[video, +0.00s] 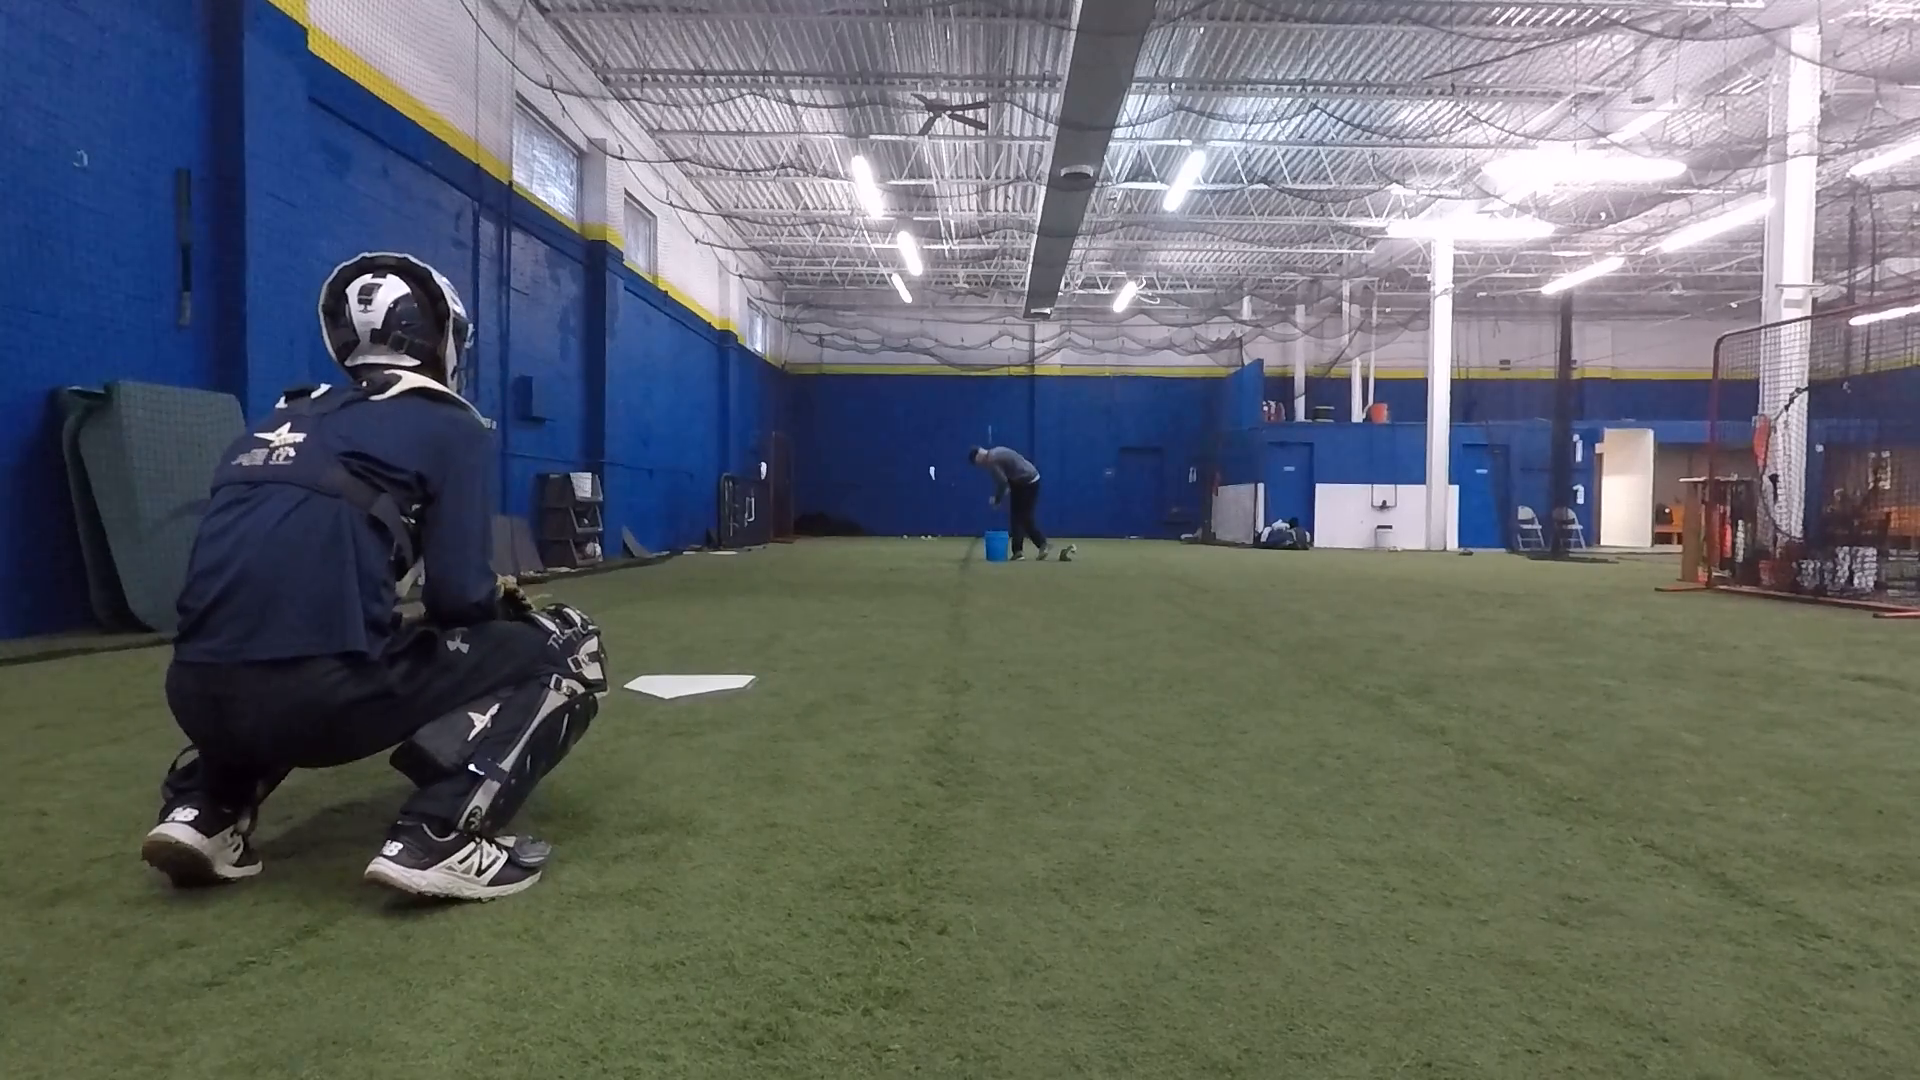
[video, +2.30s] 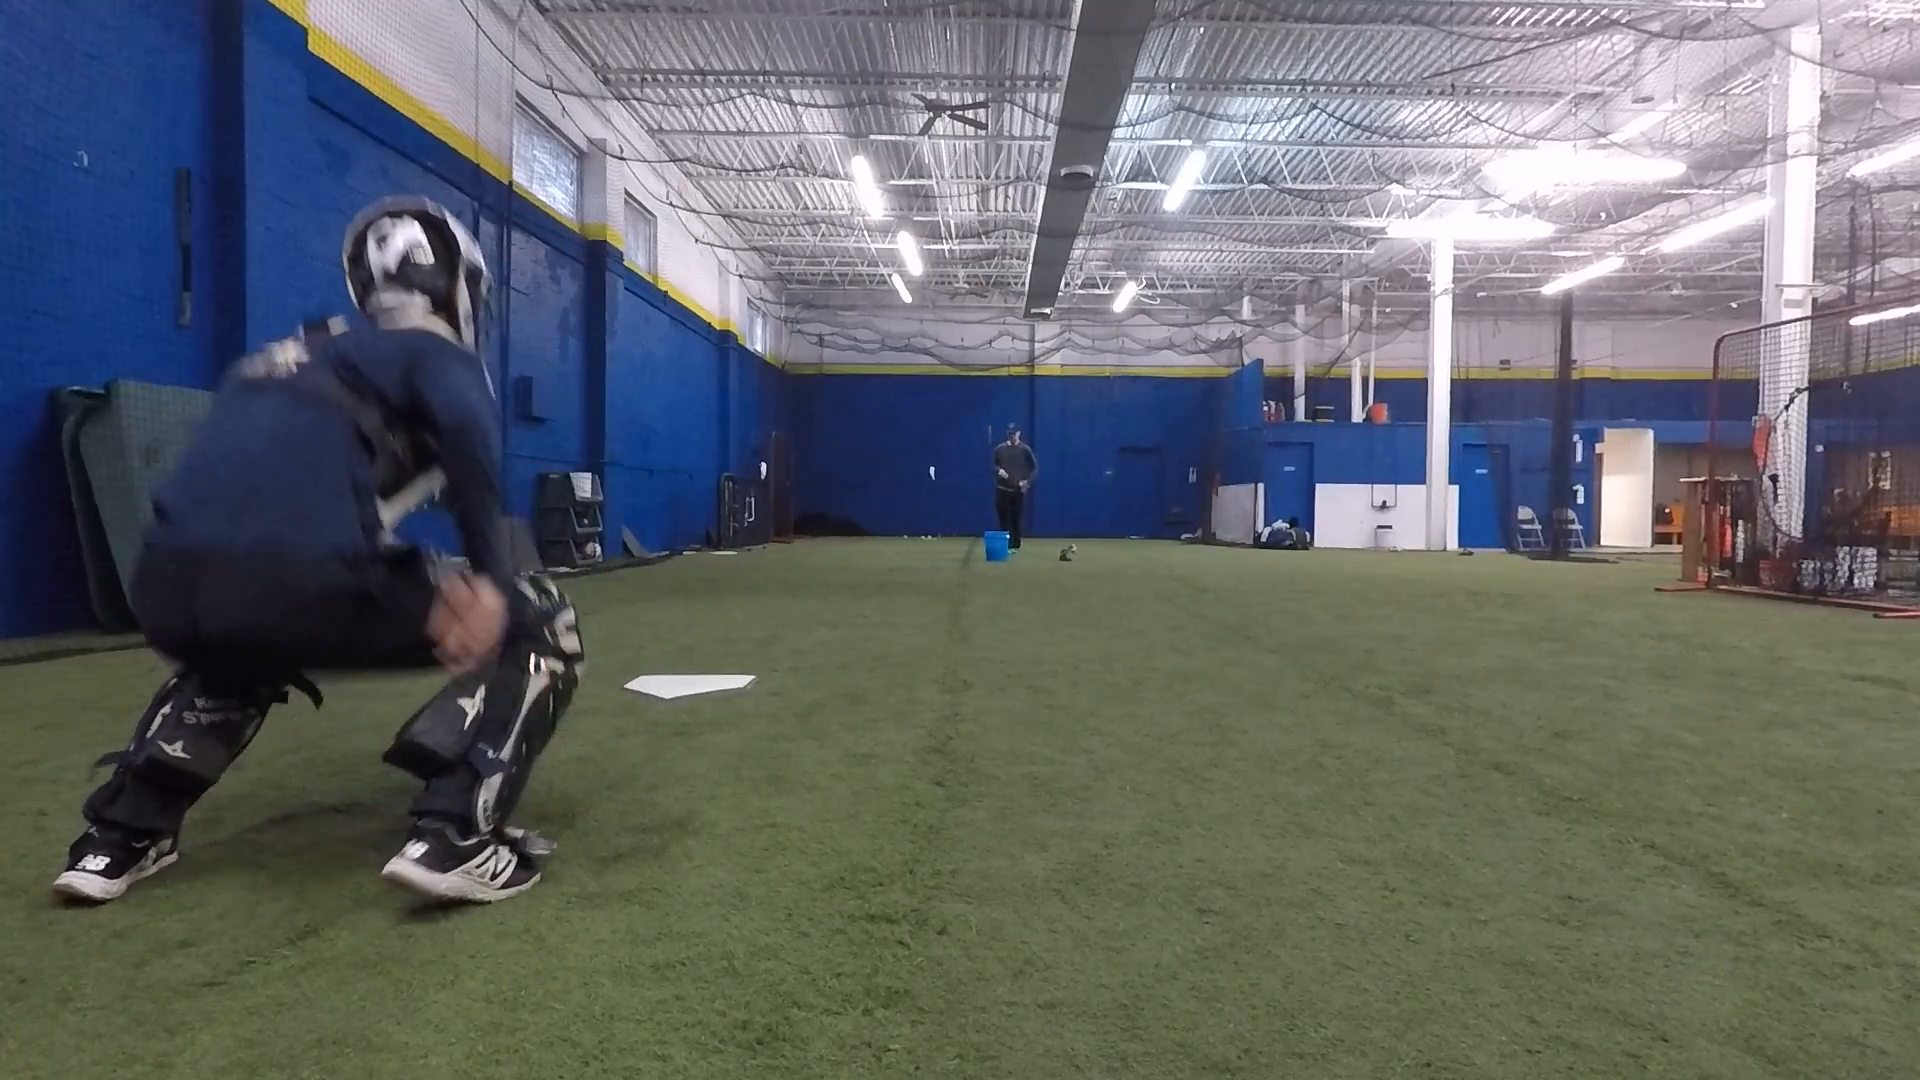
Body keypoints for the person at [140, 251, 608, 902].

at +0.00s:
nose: (461, 352)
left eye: (459, 336)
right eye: (456, 336)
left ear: (345, 345)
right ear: (438, 339)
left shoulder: (281, 417)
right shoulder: (452, 425)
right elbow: (457, 598)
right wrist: (498, 601)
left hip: (204, 697)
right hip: (330, 696)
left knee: (289, 617)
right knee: (569, 647)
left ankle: (204, 810)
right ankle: (442, 835)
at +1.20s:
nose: (539, 338)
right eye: (534, 325)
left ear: (417, 328)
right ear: (522, 332)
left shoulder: (352, 398)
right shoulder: (534, 435)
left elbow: (300, 524)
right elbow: (539, 605)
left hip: (267, 670)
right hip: (404, 689)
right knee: (594, 668)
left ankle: (207, 814)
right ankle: (462, 823)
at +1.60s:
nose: (606, 345)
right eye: (606, 334)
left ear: (499, 328)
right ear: (601, 347)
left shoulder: (437, 382)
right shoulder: (616, 460)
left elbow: (269, 481)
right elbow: (596, 626)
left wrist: (369, 522)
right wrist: (517, 608)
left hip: (334, 658)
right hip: (477, 696)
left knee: (260, 592)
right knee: (576, 683)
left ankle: (151, 815)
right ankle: (474, 818)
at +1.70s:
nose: (604, 346)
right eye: (602, 333)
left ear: (495, 329)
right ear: (596, 348)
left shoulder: (425, 388)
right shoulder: (610, 460)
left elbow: (262, 490)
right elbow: (628, 632)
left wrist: (361, 536)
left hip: (324, 658)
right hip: (470, 691)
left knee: (252, 603)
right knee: (581, 676)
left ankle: (117, 828)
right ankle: (472, 819)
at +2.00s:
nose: (542, 365)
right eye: (539, 353)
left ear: (423, 350)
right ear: (525, 357)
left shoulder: (349, 415)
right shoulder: (520, 438)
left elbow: (221, 535)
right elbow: (621, 587)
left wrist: (323, 575)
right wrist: (652, 695)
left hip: (255, 682)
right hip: (404, 696)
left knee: (213, 655)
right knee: (581, 664)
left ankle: (102, 849)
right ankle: (463, 833)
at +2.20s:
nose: (492, 346)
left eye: (491, 331)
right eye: (488, 330)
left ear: (377, 332)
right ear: (471, 329)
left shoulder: (312, 394)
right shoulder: (456, 406)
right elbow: (516, 516)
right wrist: (551, 637)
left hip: (193, 643)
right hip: (331, 650)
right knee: (537, 660)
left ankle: (113, 839)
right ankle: (445, 840)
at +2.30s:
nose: (477, 297)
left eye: (473, 281)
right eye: (472, 280)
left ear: (361, 284)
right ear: (457, 283)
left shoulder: (287, 353)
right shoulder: (434, 351)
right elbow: (465, 426)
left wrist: (421, 581)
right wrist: (493, 579)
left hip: (171, 590)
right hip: (308, 587)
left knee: (245, 654)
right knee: (543, 626)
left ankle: (116, 835)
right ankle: (455, 834)